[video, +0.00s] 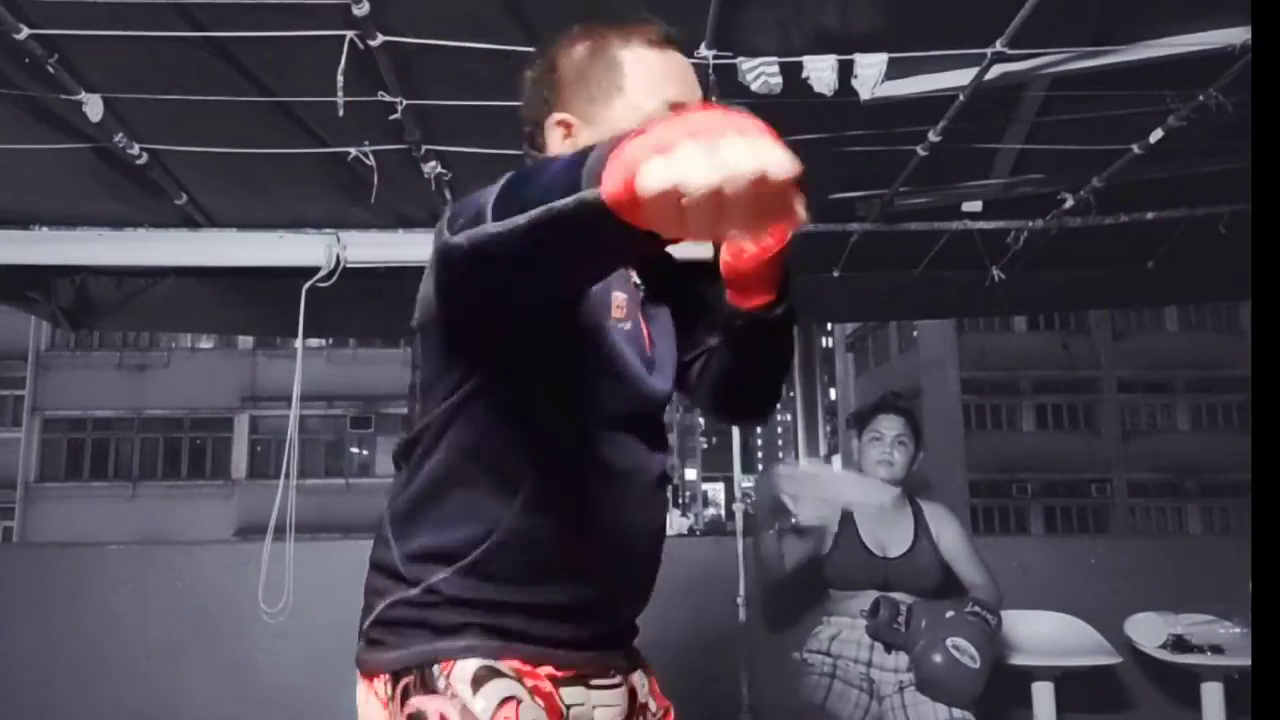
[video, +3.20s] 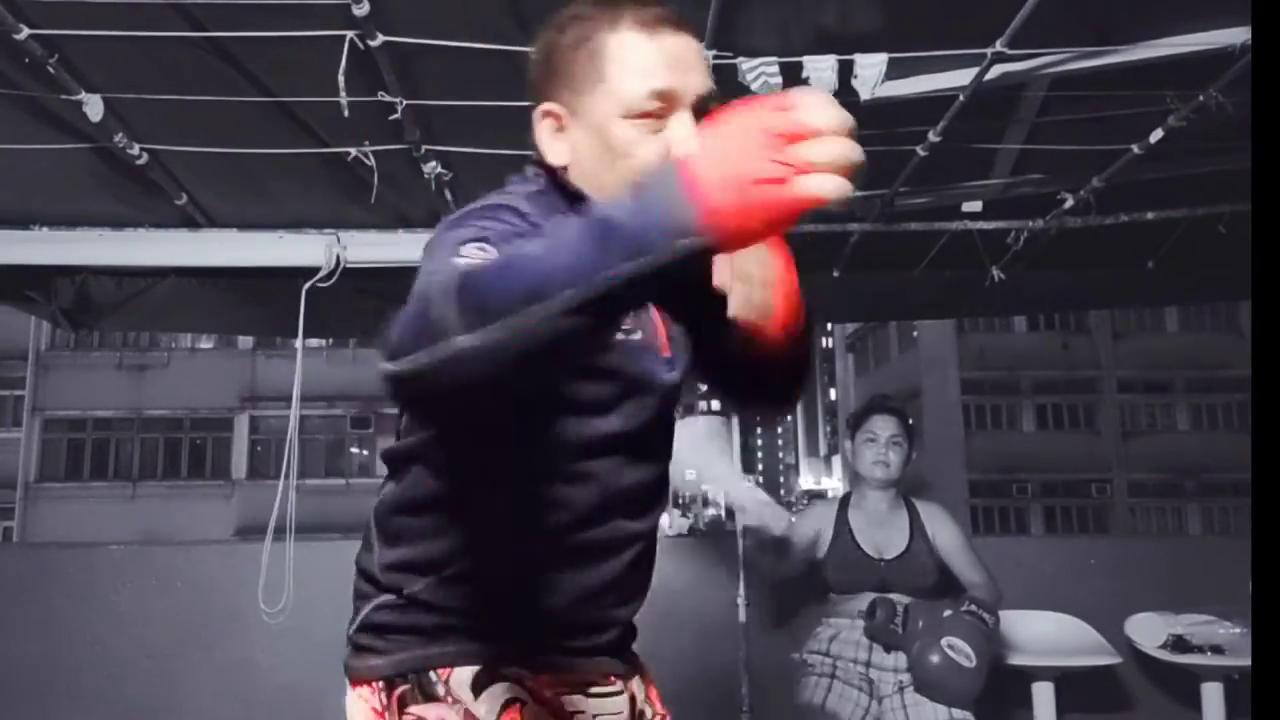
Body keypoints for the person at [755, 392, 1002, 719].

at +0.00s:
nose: (887, 451)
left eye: (900, 443)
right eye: (875, 439)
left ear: (915, 457)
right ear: (856, 449)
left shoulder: (934, 517)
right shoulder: (828, 512)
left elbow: (985, 589)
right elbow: (777, 576)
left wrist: (977, 616)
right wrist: (764, 518)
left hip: (920, 665)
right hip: (840, 661)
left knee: (938, 716)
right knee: (829, 713)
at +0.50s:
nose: (883, 450)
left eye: (895, 443)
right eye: (870, 439)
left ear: (909, 456)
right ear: (850, 450)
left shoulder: (931, 518)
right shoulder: (823, 515)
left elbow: (984, 587)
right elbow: (764, 576)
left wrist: (972, 620)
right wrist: (769, 526)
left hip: (921, 669)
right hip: (840, 666)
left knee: (938, 714)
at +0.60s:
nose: (881, 451)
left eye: (894, 443)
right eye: (869, 440)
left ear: (908, 456)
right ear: (849, 451)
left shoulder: (931, 517)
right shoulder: (817, 519)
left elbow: (984, 586)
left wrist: (976, 613)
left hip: (919, 666)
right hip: (838, 664)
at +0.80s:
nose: (881, 448)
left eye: (893, 440)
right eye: (869, 438)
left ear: (907, 456)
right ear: (848, 452)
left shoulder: (930, 517)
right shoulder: (824, 520)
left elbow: (984, 587)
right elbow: (802, 600)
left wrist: (969, 626)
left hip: (928, 675)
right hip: (848, 673)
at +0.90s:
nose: (887, 451)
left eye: (900, 441)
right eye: (875, 440)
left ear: (918, 455)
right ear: (857, 452)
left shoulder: (939, 512)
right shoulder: (832, 507)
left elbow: (982, 586)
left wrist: (969, 619)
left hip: (921, 669)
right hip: (838, 664)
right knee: (820, 711)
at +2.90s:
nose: (887, 451)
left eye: (899, 443)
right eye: (874, 440)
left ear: (912, 456)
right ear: (853, 450)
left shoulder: (934, 516)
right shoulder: (822, 515)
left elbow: (985, 587)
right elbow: (763, 572)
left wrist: (976, 612)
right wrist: (776, 552)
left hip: (920, 664)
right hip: (838, 661)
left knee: (936, 715)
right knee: (821, 712)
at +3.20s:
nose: (883, 451)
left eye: (896, 443)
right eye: (871, 441)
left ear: (908, 456)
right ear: (849, 449)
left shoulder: (932, 518)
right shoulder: (820, 518)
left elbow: (983, 587)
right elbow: (775, 581)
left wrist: (973, 618)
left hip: (921, 667)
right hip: (839, 664)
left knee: (939, 715)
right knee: (823, 711)